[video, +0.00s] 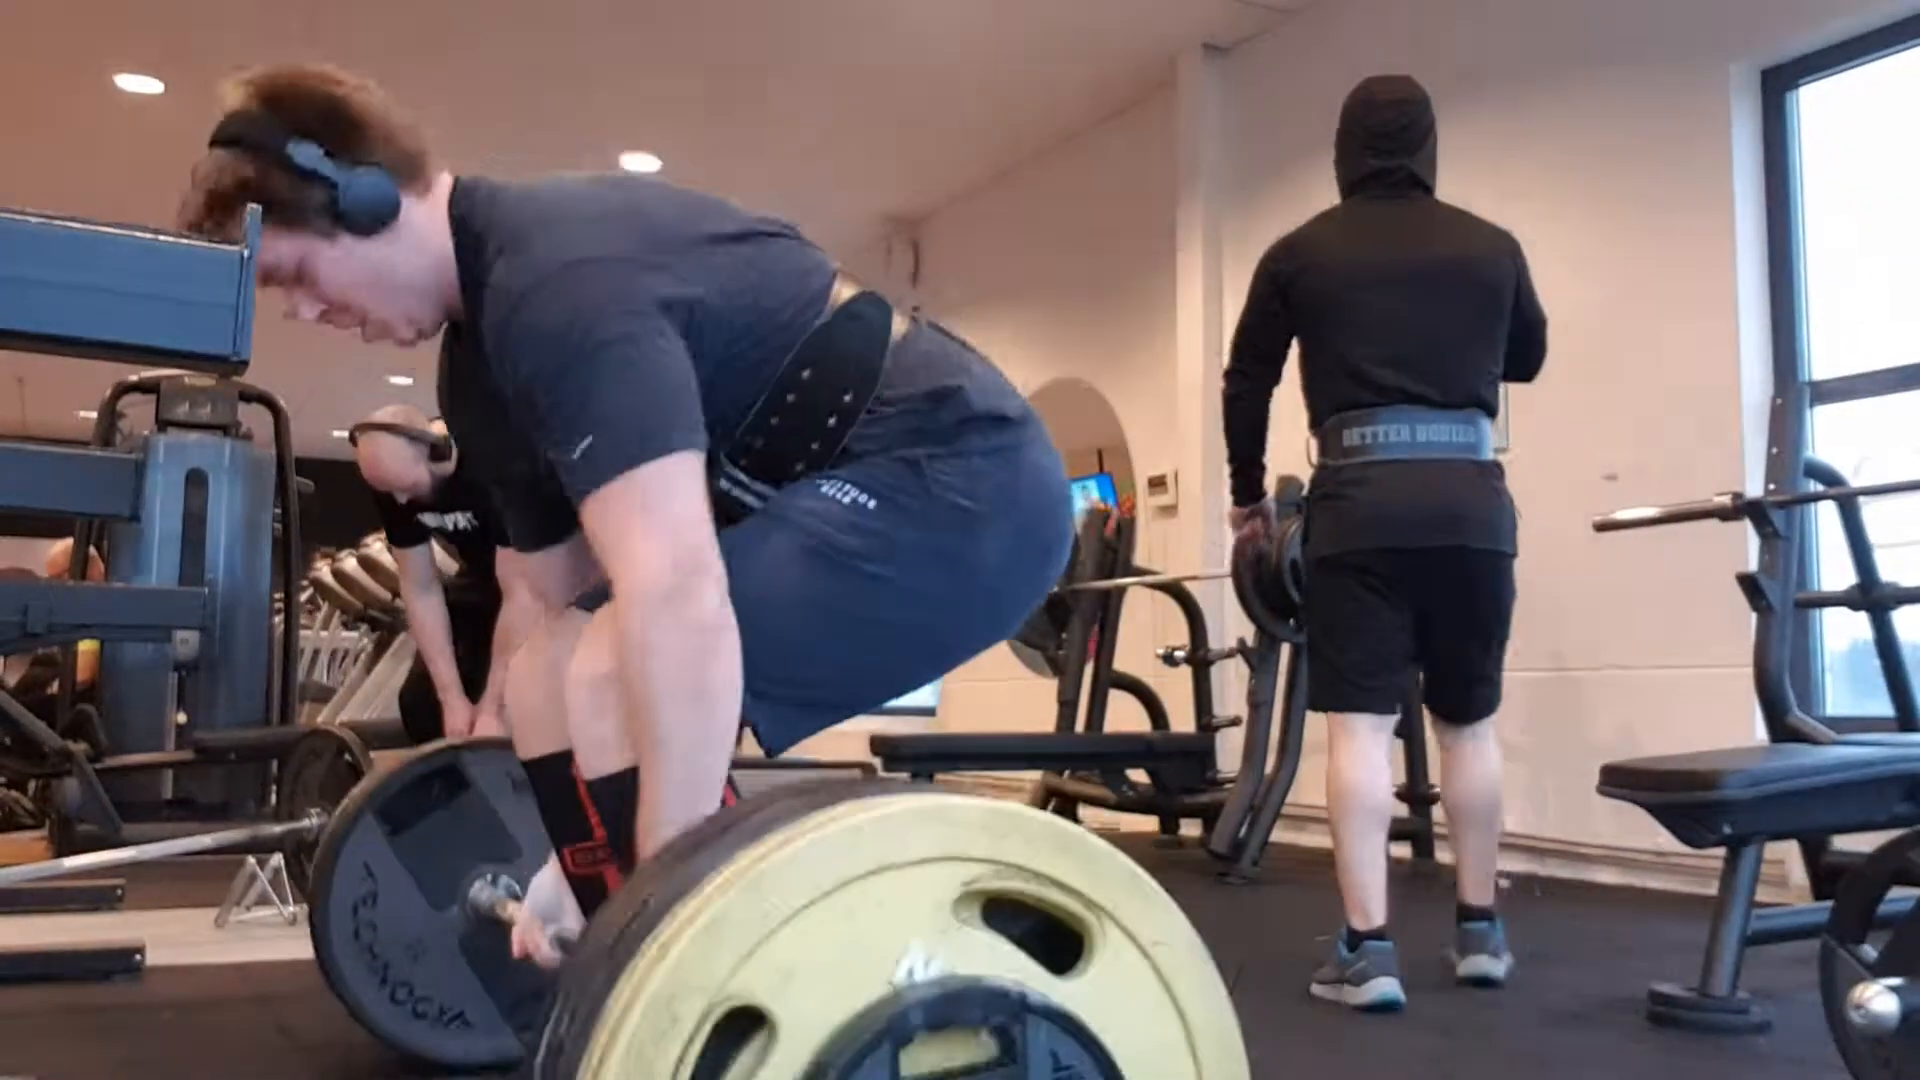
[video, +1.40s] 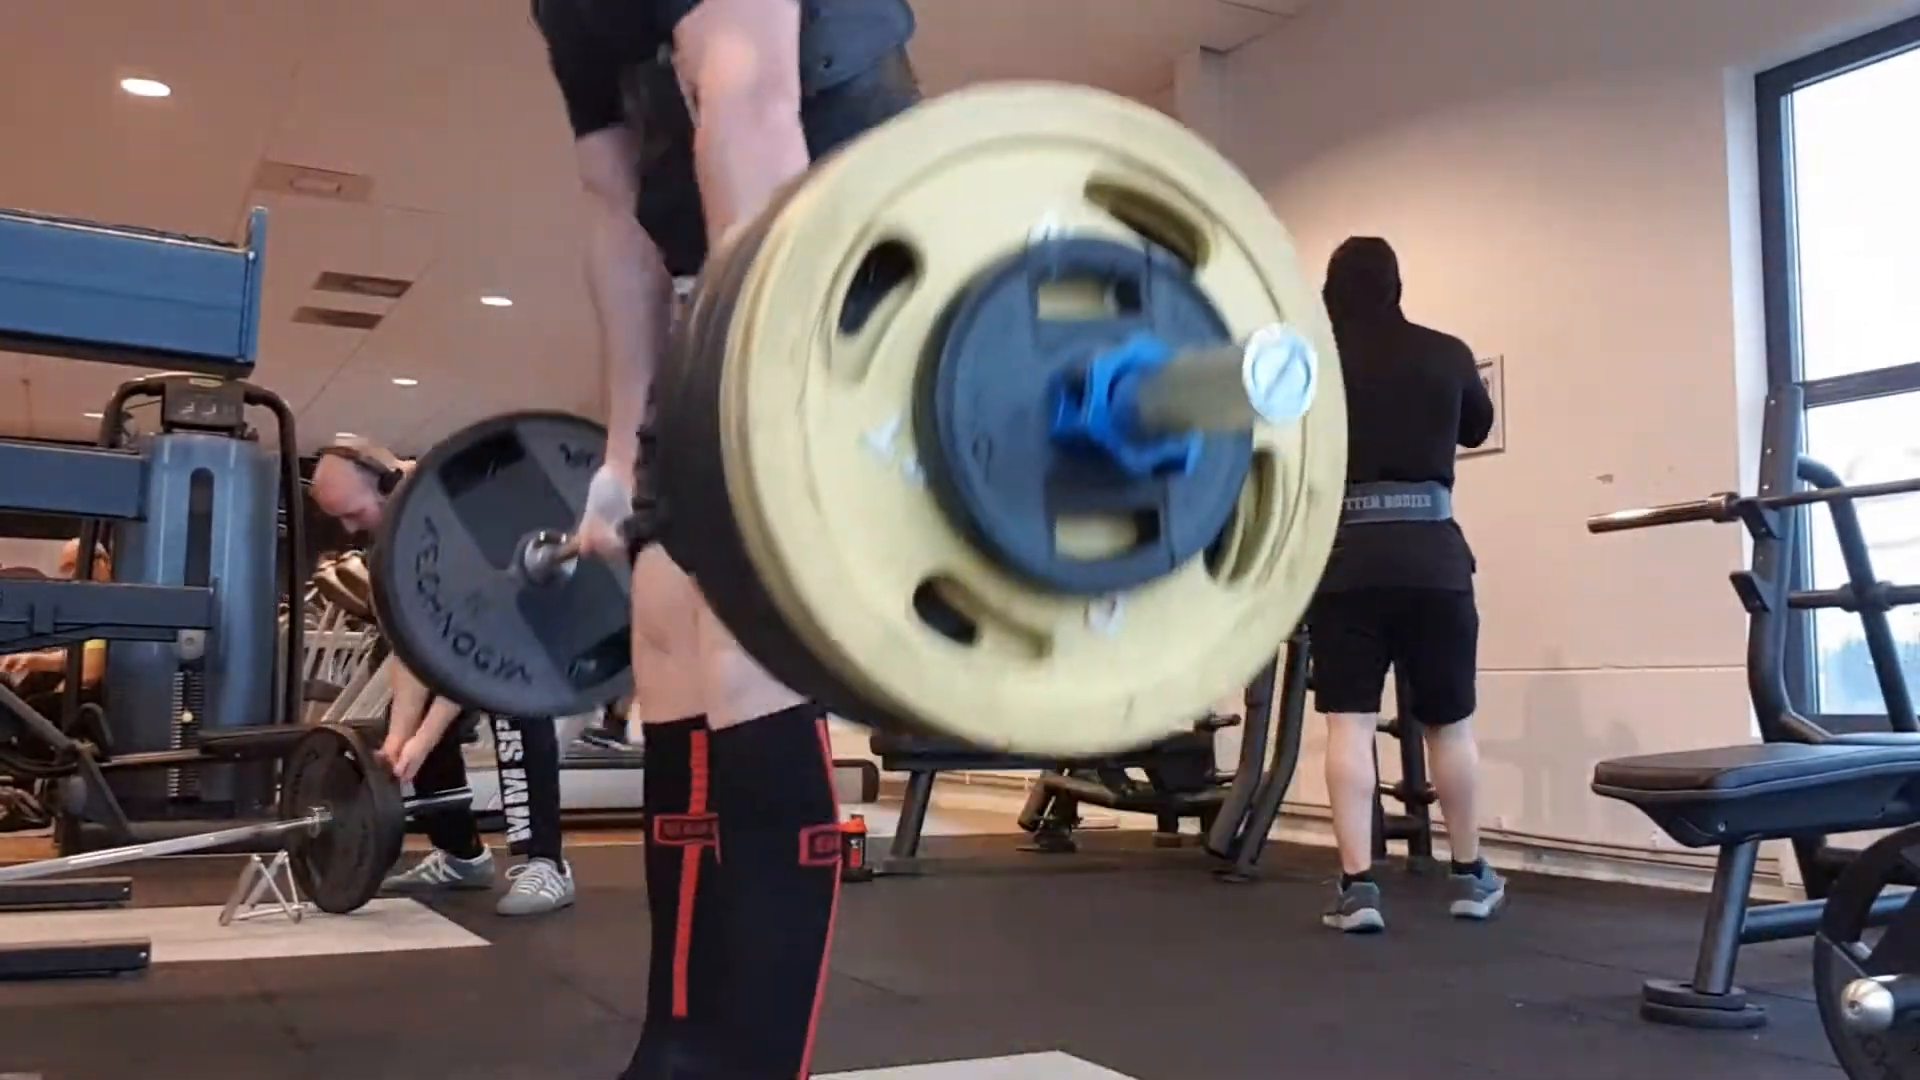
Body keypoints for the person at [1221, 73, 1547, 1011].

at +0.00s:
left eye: (1355, 143)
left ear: (1343, 154)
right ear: (1430, 151)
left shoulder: (1299, 254)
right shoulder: (1493, 246)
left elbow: (1247, 381)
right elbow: (1524, 360)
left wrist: (1248, 498)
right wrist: (1445, 338)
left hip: (1357, 509)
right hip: (1471, 509)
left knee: (1358, 724)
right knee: (1469, 721)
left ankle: (1367, 950)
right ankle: (1480, 930)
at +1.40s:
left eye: (1334, 282)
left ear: (1329, 290)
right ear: (1396, 288)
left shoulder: (1311, 355)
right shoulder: (1444, 352)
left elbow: (1290, 429)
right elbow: (1476, 429)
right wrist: (1415, 404)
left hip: (1344, 564)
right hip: (1433, 564)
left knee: (1347, 725)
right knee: (1449, 725)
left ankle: (1358, 889)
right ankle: (1468, 876)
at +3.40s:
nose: (1399, 341)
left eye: (1399, 331)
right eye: (1400, 331)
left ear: (1410, 327)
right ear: (1463, 322)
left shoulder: (1409, 387)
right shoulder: (1507, 395)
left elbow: (1360, 475)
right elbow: (1496, 494)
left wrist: (1325, 532)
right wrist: (1421, 539)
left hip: (1445, 569)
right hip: (1503, 568)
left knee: (1414, 711)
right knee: (1482, 716)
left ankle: (1446, 866)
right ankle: (1491, 867)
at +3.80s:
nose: (1361, 344)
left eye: (1361, 333)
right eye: (1361, 334)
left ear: (1371, 330)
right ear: (1423, 320)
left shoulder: (1380, 386)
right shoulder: (1479, 385)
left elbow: (1346, 476)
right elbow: (1514, 471)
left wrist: (1342, 527)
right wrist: (1467, 524)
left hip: (1436, 568)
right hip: (1497, 566)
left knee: (1433, 717)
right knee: (1482, 718)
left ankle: (1451, 871)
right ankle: (1489, 865)